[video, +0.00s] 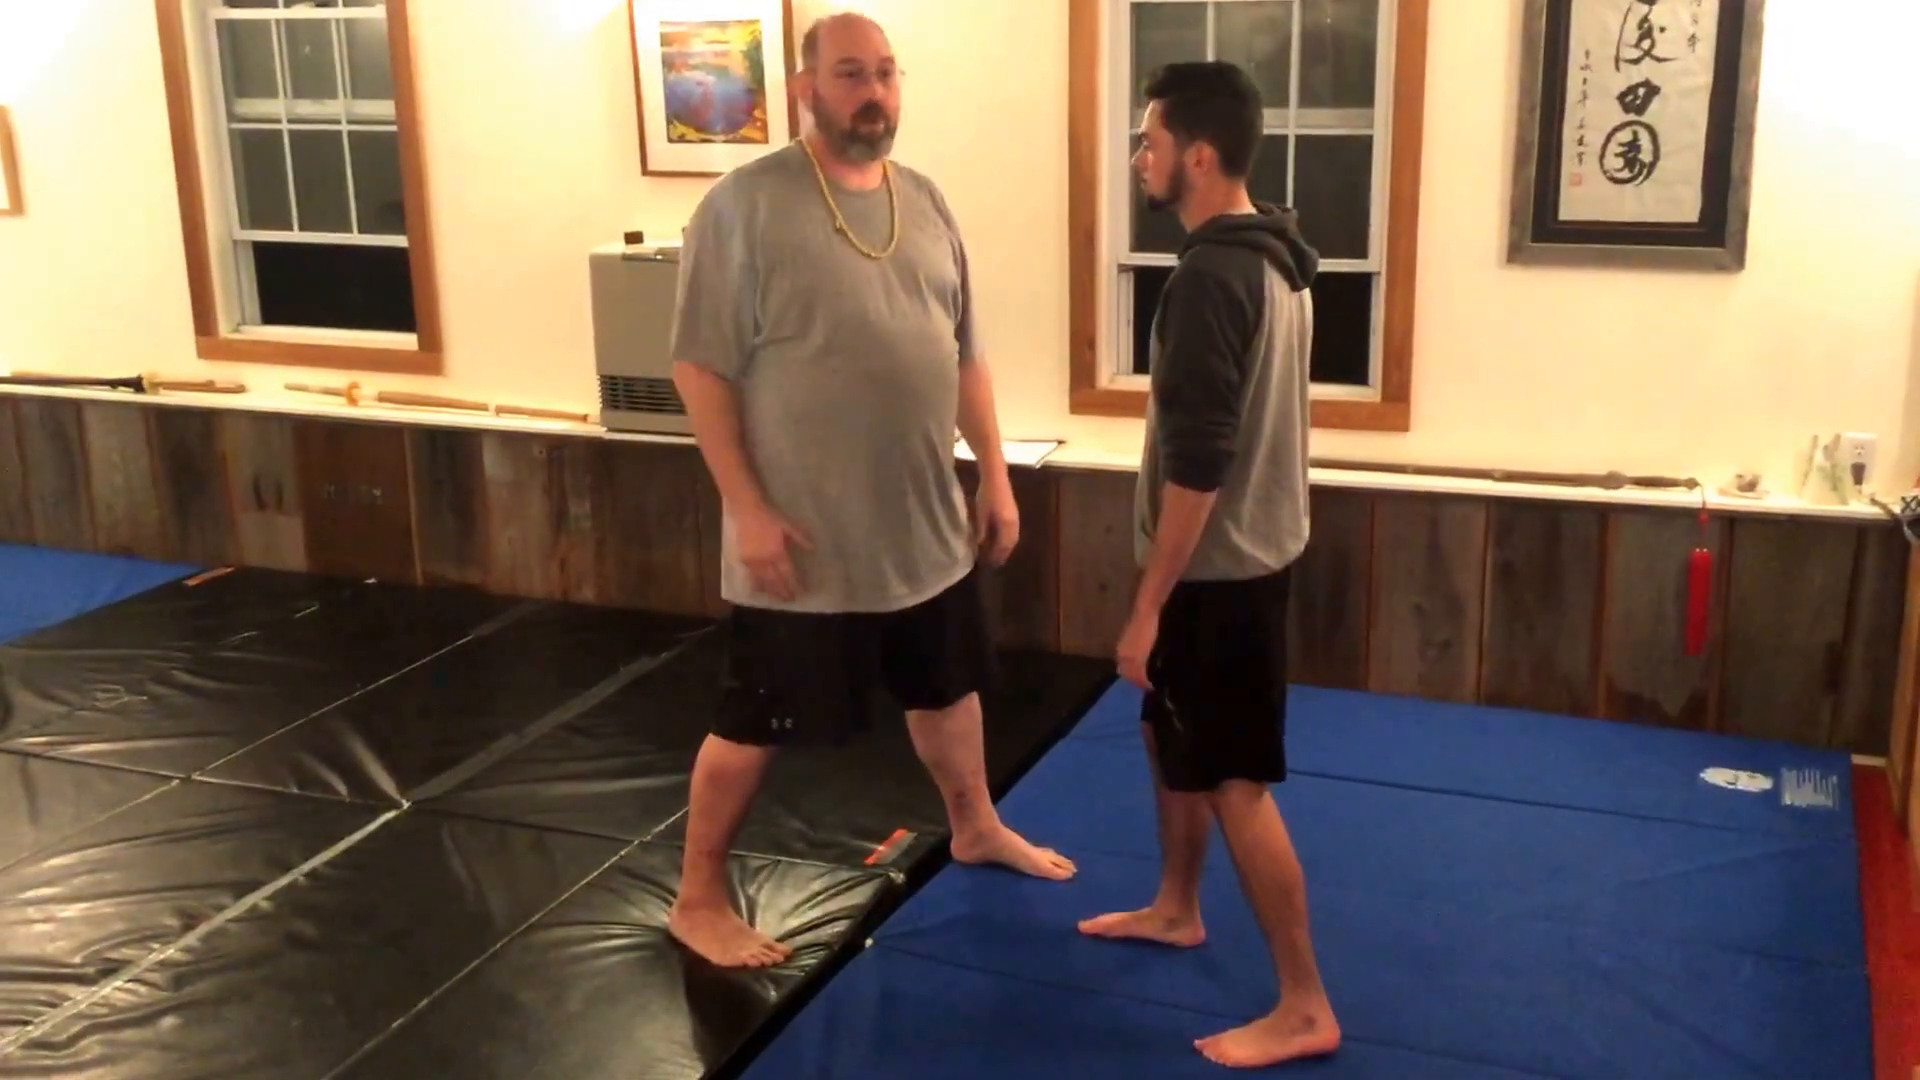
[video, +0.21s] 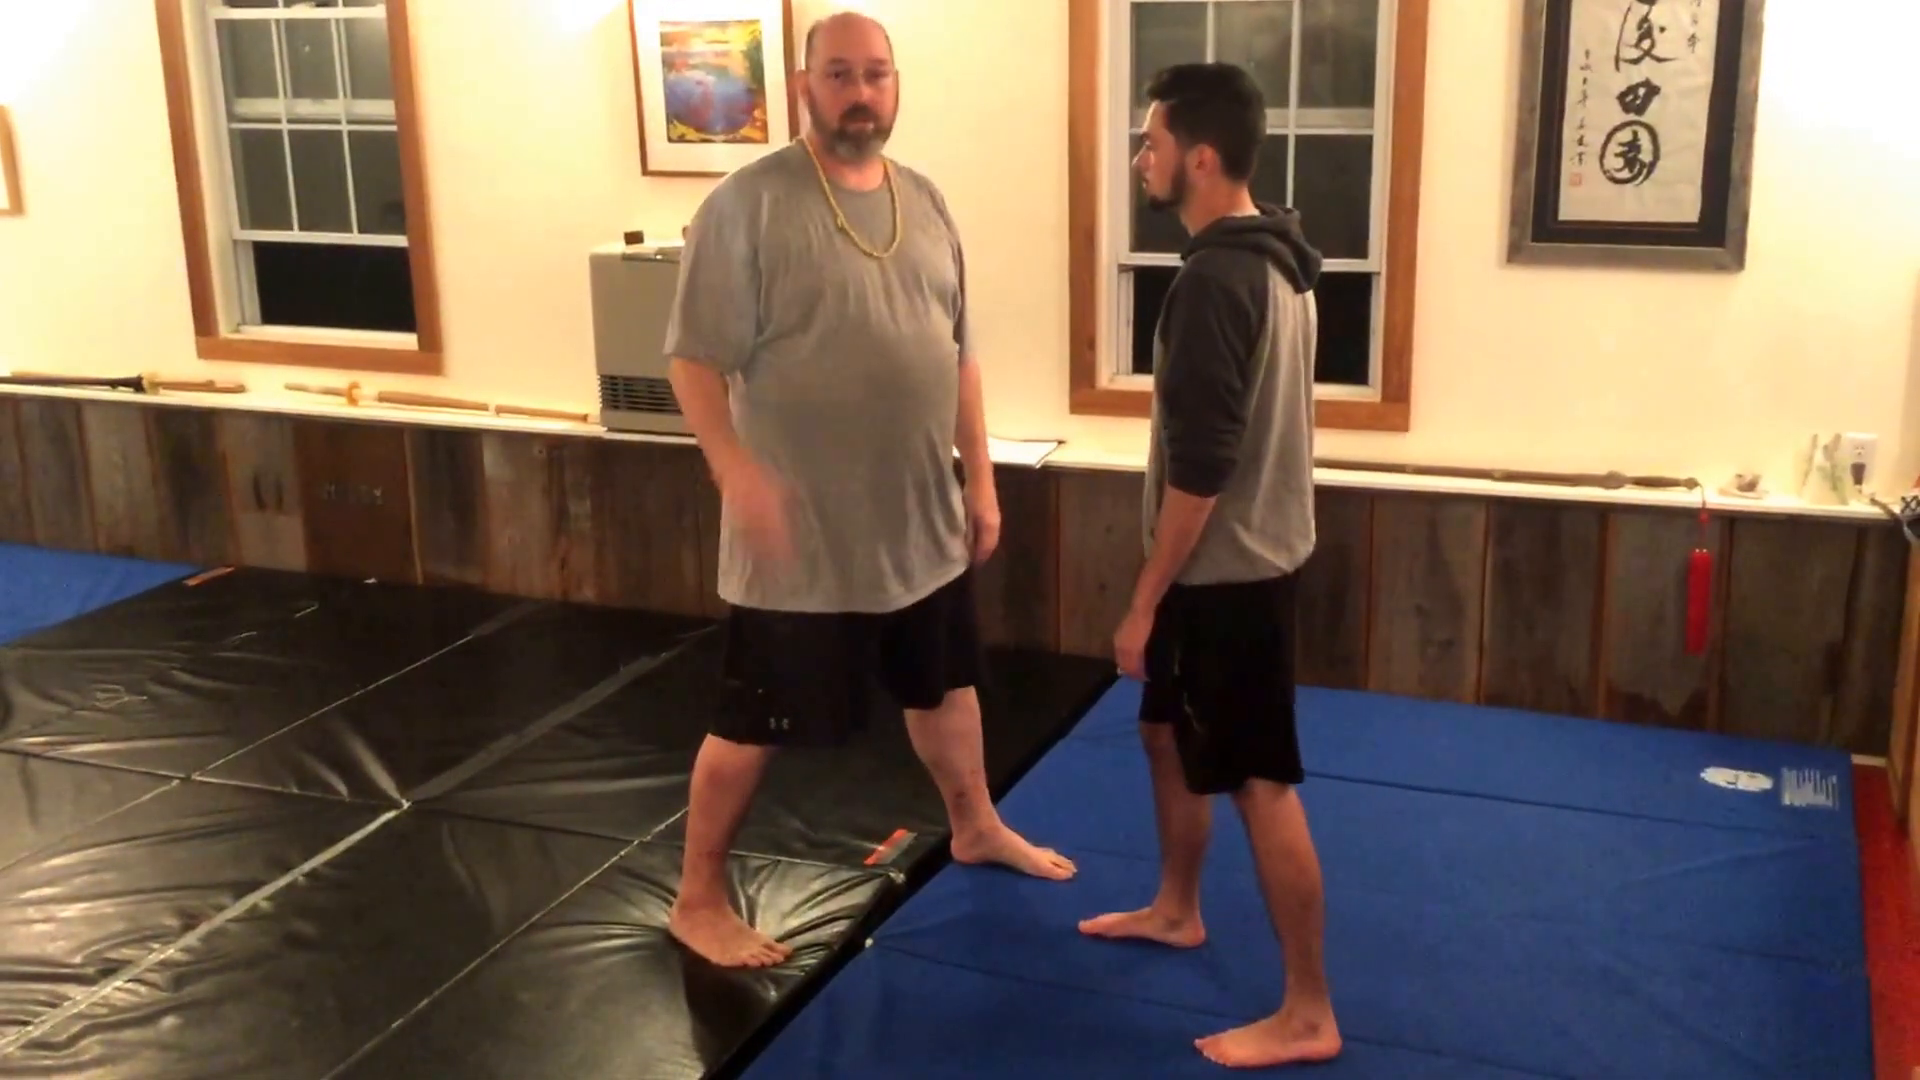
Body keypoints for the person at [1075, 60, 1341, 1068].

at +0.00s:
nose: (1139, 155)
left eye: (1151, 138)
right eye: (1143, 136)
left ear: (1200, 152)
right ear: (1223, 151)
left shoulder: (1212, 270)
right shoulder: (1273, 250)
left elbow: (1200, 461)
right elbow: (1263, 426)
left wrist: (1149, 605)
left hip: (1222, 565)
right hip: (1243, 549)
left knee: (1235, 782)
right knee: (1172, 729)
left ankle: (1305, 1006)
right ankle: (1176, 904)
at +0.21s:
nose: (1142, 156)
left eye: (1154, 140)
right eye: (1146, 138)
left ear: (1202, 154)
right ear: (1225, 153)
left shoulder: (1215, 276)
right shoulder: (1274, 254)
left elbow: (1202, 469)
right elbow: (1268, 426)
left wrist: (1143, 602)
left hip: (1233, 566)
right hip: (1232, 553)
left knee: (1262, 783)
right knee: (1166, 729)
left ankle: (1308, 1012)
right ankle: (1176, 906)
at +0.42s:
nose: (1142, 158)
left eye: (1154, 141)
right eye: (1146, 139)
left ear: (1203, 155)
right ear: (1225, 155)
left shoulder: (1222, 276)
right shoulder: (1270, 254)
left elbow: (1212, 467)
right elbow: (1263, 434)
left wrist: (1147, 597)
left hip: (1243, 567)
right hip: (1234, 555)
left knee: (1268, 787)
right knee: (1175, 734)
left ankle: (1308, 1013)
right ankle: (1177, 906)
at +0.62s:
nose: (1142, 158)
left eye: (1154, 141)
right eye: (1146, 139)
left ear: (1203, 156)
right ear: (1225, 156)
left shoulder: (1224, 278)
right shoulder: (1271, 252)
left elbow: (1216, 473)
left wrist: (1163, 612)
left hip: (1245, 571)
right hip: (1238, 556)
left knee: (1270, 790)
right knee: (1179, 735)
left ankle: (1308, 1013)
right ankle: (1177, 905)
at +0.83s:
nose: (1142, 158)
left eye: (1154, 141)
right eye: (1146, 139)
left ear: (1203, 156)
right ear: (1224, 156)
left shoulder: (1225, 278)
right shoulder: (1266, 253)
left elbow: (1223, 469)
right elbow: (1233, 444)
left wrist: (1181, 614)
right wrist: (1179, 571)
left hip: (1249, 570)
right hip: (1231, 554)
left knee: (1269, 789)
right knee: (1178, 733)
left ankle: (1309, 1012)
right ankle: (1177, 906)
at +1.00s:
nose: (1143, 159)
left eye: (1155, 143)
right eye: (1146, 141)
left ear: (1204, 156)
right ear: (1224, 156)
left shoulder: (1224, 278)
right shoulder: (1271, 252)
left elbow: (1220, 468)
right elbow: (1249, 444)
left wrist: (1172, 608)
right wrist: (1186, 571)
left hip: (1246, 571)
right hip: (1234, 557)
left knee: (1266, 788)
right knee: (1175, 732)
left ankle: (1309, 1012)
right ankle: (1177, 906)